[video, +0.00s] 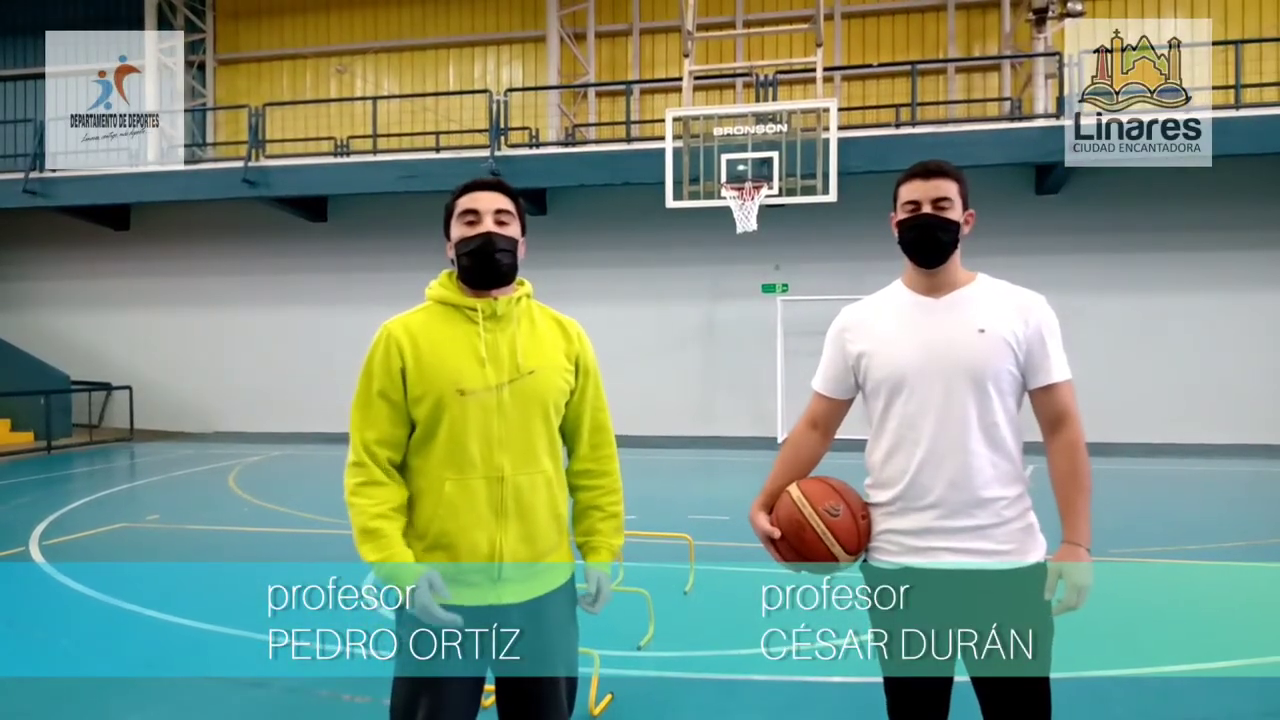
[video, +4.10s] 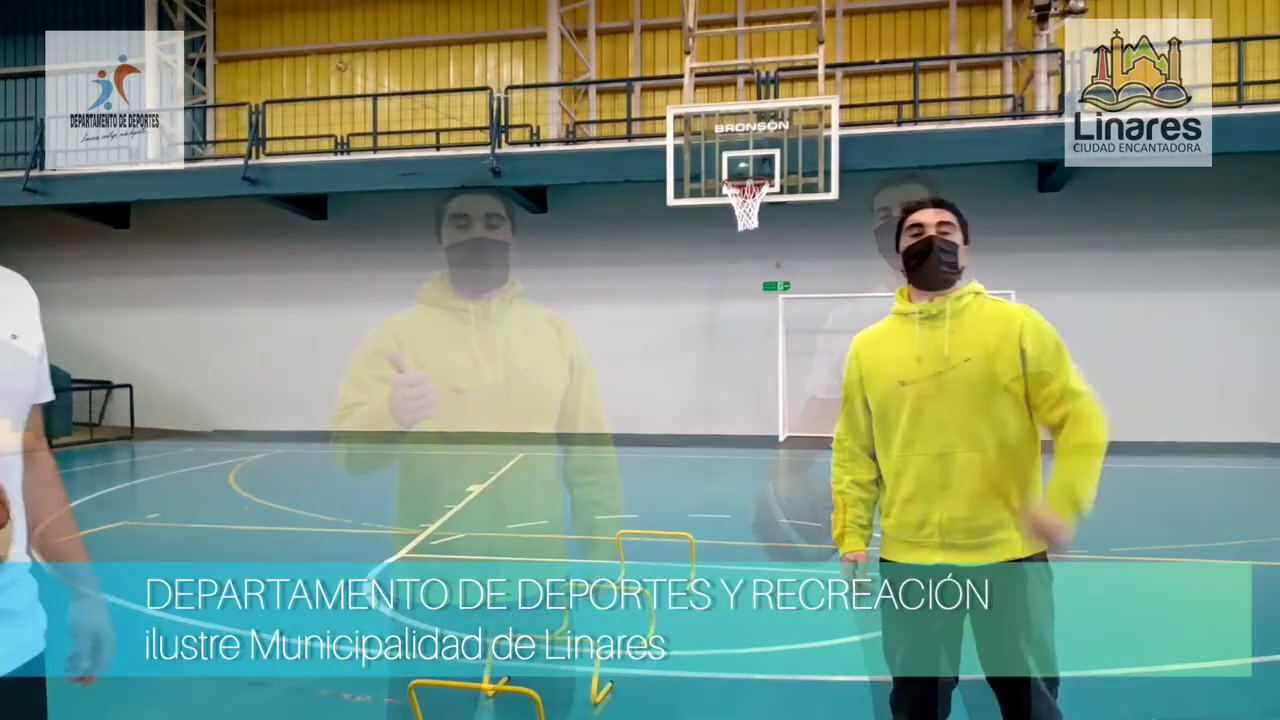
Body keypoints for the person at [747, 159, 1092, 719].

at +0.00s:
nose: (926, 217)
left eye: (941, 206)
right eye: (911, 208)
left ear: (967, 221)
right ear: (894, 226)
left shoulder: (1022, 313)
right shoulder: (857, 324)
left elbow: (1062, 429)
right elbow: (816, 426)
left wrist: (1075, 543)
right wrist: (763, 503)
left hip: (1005, 561)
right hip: (901, 563)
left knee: (1020, 712)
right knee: (913, 713)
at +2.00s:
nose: (931, 215)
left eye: (946, 204)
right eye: (916, 207)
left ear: (972, 220)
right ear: (899, 226)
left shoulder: (1026, 314)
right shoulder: (862, 323)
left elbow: (1063, 430)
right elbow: (818, 425)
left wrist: (1076, 543)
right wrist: (764, 503)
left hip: (1007, 559)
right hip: (904, 560)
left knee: (1020, 711)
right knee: (915, 712)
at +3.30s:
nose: (920, 215)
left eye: (935, 204)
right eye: (905, 210)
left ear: (964, 220)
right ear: (894, 232)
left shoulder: (1023, 313)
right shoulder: (860, 324)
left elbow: (1063, 423)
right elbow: (816, 425)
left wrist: (1060, 500)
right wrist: (763, 496)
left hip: (1001, 556)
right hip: (899, 557)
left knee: (1017, 709)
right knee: (911, 713)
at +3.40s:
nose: (915, 215)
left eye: (930, 204)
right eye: (901, 212)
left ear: (961, 219)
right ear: (891, 234)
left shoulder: (1021, 313)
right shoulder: (859, 324)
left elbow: (1066, 422)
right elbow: (815, 424)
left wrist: (1037, 435)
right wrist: (762, 494)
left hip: (998, 557)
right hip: (896, 557)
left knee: (1017, 710)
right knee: (909, 714)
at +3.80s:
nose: (900, 221)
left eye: (915, 209)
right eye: (887, 218)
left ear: (949, 222)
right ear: (880, 238)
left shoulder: (1003, 310)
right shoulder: (853, 324)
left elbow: (1053, 421)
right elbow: (812, 425)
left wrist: (1016, 348)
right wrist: (761, 489)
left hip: (983, 553)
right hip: (885, 554)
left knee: (1005, 710)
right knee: (902, 711)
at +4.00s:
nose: (946, 239)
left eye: (958, 230)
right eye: (929, 232)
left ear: (976, 250)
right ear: (910, 253)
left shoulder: (1020, 323)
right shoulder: (875, 344)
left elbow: (1102, 397)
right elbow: (855, 455)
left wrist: (1042, 406)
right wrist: (853, 544)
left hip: (1010, 547)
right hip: (915, 550)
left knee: (1022, 691)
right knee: (915, 696)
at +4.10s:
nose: (931, 236)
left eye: (945, 229)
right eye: (916, 230)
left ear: (965, 250)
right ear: (900, 257)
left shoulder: (1017, 327)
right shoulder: (870, 347)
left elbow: (1081, 419)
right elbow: (854, 453)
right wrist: (853, 535)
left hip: (1009, 553)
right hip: (912, 556)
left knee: (1029, 701)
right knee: (916, 702)